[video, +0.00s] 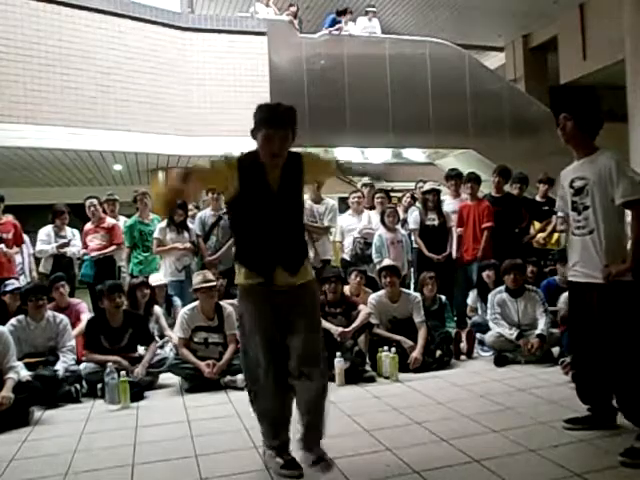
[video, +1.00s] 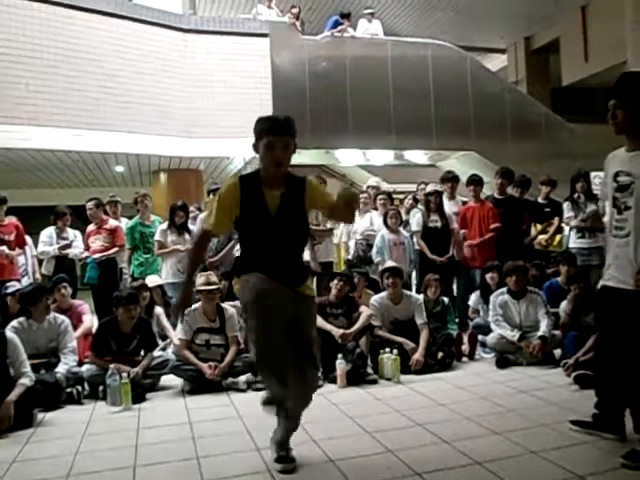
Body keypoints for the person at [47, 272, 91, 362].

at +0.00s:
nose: (61, 291)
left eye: (63, 286)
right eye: (56, 289)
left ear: (68, 288)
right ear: (52, 294)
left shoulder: (79, 305)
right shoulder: (48, 310)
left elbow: (85, 321)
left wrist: (70, 336)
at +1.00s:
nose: (62, 292)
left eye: (65, 287)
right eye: (58, 290)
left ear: (70, 290)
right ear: (53, 295)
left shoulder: (81, 306)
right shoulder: (51, 311)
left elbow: (88, 324)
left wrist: (72, 337)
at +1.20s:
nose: (65, 293)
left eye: (67, 289)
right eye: (60, 291)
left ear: (73, 291)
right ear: (56, 296)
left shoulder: (83, 307)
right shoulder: (53, 312)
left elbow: (90, 325)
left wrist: (75, 338)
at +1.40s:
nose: (65, 293)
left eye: (67, 289)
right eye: (60, 291)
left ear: (73, 291)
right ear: (56, 296)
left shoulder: (83, 307)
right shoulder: (54, 311)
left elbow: (90, 324)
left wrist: (75, 337)